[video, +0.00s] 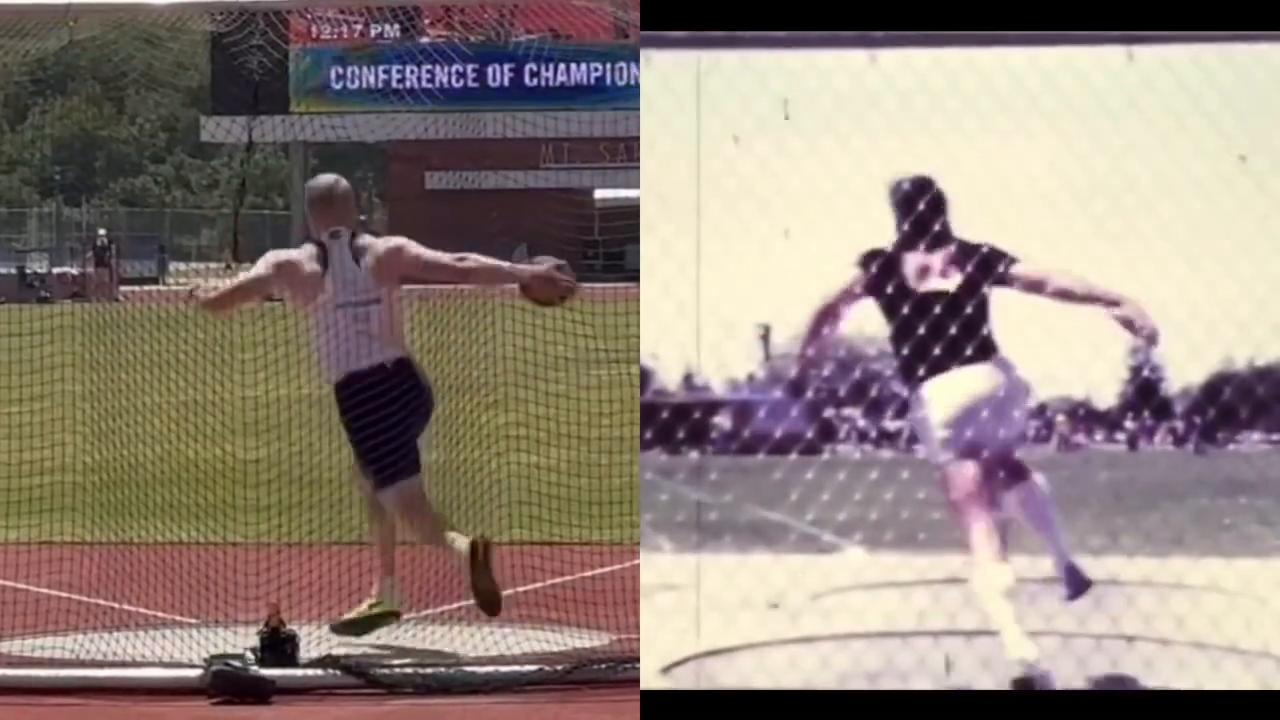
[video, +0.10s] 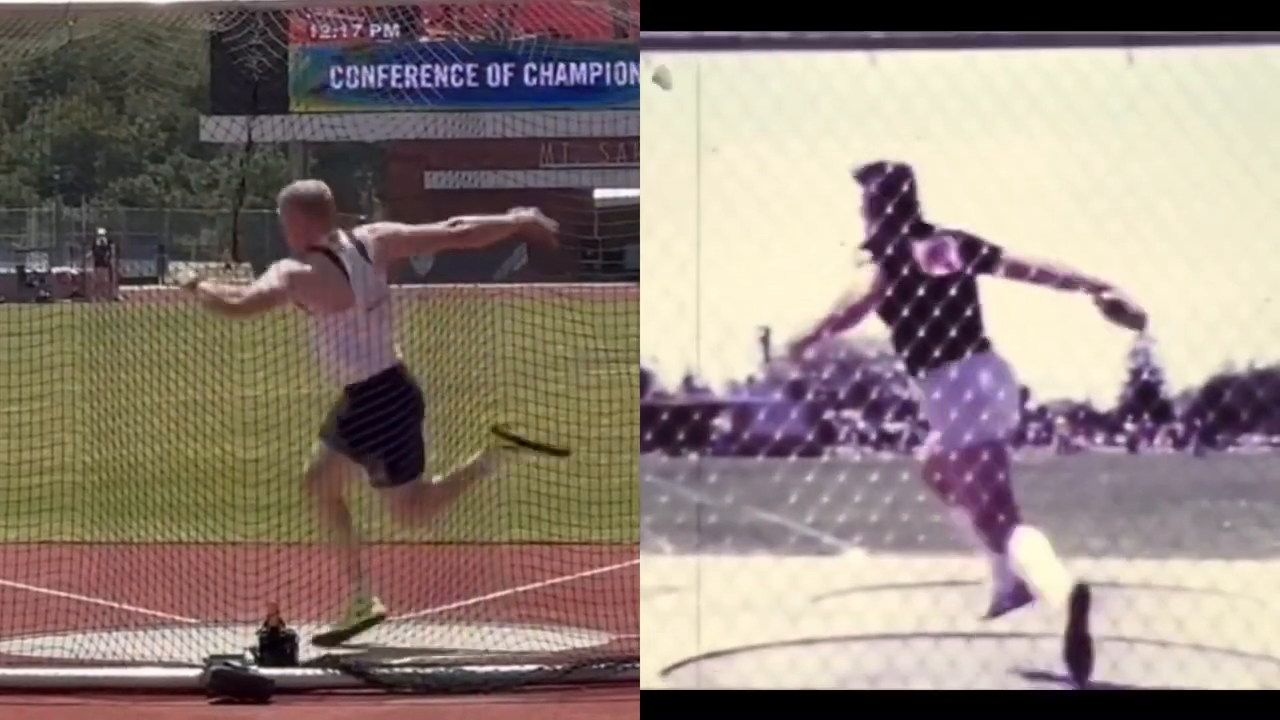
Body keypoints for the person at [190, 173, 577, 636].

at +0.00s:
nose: (329, 216)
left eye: (317, 209)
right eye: (347, 206)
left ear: (309, 216)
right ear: (355, 211)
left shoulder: (287, 265)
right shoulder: (386, 252)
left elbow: (222, 299)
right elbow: (460, 266)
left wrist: (200, 296)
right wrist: (526, 272)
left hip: (361, 398)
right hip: (407, 385)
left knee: (413, 512)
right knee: (374, 484)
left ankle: (465, 550)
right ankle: (385, 596)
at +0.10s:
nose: (283, 227)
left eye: (287, 218)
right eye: (284, 218)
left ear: (306, 220)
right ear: (326, 216)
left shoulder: (294, 273)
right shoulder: (373, 239)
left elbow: (241, 305)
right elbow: (454, 231)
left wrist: (200, 290)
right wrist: (519, 220)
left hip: (380, 399)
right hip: (375, 395)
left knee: (410, 510)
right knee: (321, 483)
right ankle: (362, 601)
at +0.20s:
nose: (294, 245)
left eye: (299, 236)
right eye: (293, 237)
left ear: (322, 234)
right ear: (325, 233)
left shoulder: (339, 279)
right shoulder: (356, 240)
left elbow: (298, 318)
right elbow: (399, 212)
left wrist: (243, 294)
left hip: (388, 398)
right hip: (337, 397)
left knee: (403, 511)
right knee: (317, 494)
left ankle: (448, 450)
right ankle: (350, 606)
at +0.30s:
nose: (330, 262)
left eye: (340, 253)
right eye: (323, 253)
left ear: (358, 251)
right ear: (314, 249)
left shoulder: (376, 281)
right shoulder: (311, 268)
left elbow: (398, 324)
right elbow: (299, 226)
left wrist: (331, 323)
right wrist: (287, 203)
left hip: (377, 396)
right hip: (325, 393)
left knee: (404, 499)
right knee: (342, 492)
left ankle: (357, 530)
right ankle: (331, 606)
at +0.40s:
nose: (374, 270)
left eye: (376, 261)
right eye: (363, 263)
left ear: (381, 258)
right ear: (337, 263)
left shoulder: (395, 283)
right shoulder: (307, 287)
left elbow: (476, 295)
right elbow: (236, 271)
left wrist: (481, 336)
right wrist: (171, 261)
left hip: (360, 407)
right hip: (323, 403)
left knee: (385, 500)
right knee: (375, 493)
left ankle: (318, 597)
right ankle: (320, 599)